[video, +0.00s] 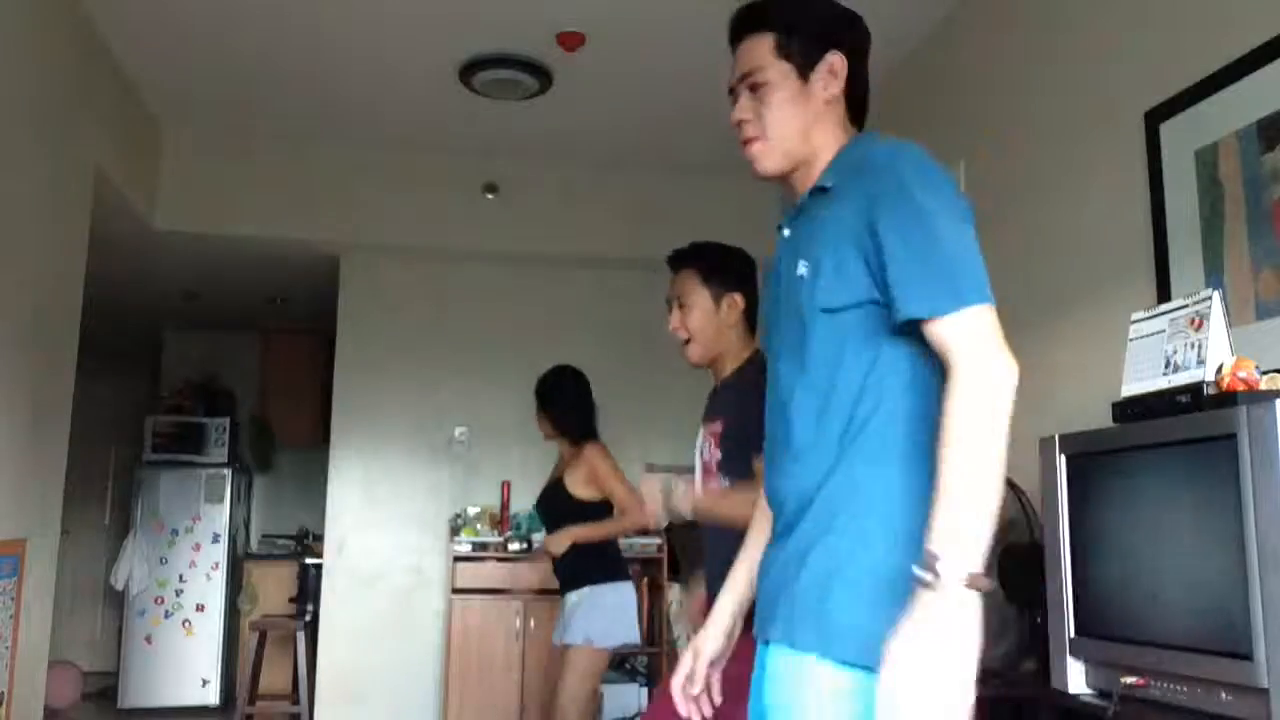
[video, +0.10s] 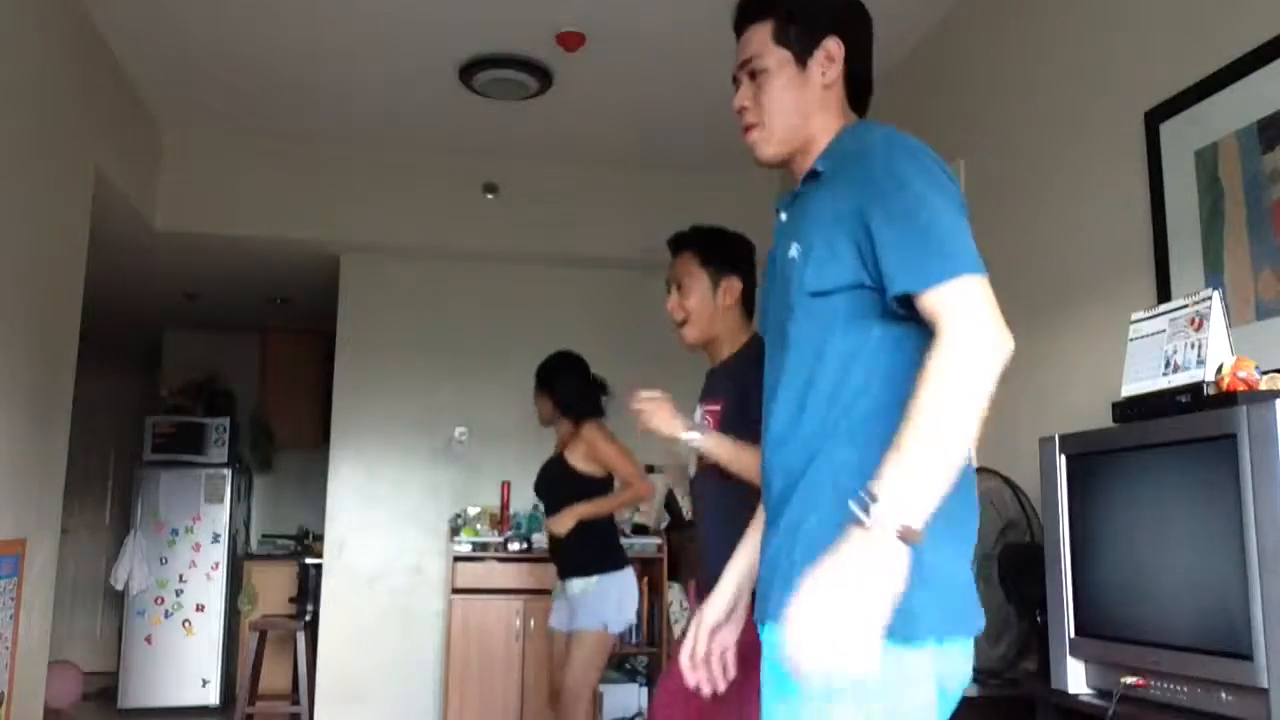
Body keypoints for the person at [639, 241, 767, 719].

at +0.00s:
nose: (673, 323)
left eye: (684, 305)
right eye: (672, 308)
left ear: (732, 307)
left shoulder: (762, 385)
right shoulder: (722, 391)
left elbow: (776, 501)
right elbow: (734, 502)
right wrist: (706, 584)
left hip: (758, 610)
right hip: (726, 602)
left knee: (739, 709)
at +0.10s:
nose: (671, 305)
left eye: (682, 288)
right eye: (670, 290)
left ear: (729, 292)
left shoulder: (764, 367)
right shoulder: (718, 375)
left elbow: (782, 474)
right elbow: (723, 496)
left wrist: (687, 431)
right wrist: (708, 594)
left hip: (753, 601)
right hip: (714, 596)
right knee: (670, 707)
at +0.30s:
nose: (675, 315)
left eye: (689, 300)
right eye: (678, 301)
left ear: (735, 311)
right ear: (728, 313)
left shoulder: (760, 395)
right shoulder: (713, 397)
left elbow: (777, 509)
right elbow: (698, 510)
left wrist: (743, 608)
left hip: (738, 620)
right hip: (698, 608)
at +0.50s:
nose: (678, 297)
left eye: (691, 280)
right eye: (680, 282)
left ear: (738, 291)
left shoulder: (772, 377)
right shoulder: (709, 383)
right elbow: (694, 496)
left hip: (756, 618)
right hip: (699, 611)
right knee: (669, 712)